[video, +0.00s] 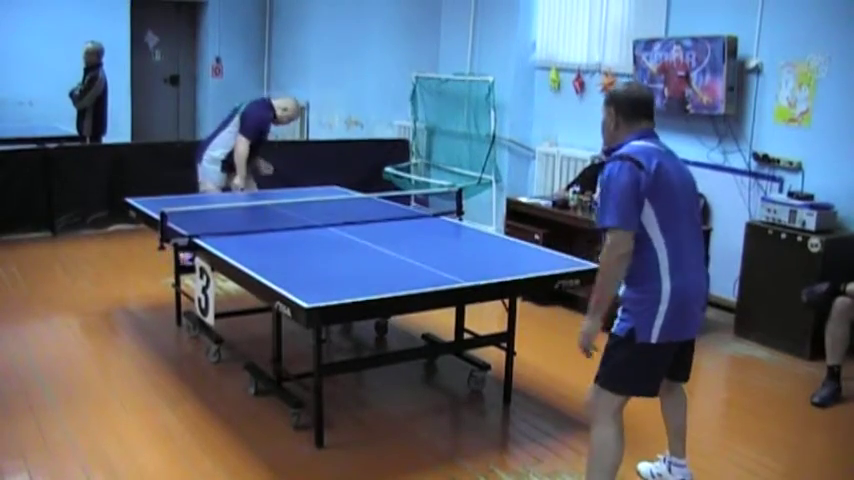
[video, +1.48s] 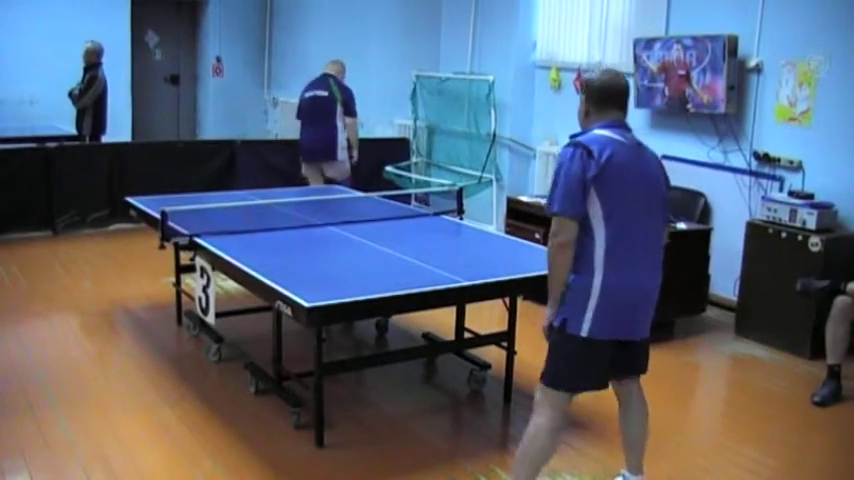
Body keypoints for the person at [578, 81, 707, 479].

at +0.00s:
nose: (602, 125)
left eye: (604, 116)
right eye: (604, 116)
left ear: (614, 117)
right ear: (647, 119)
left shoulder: (625, 165)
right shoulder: (669, 161)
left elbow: (618, 247)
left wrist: (594, 317)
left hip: (651, 309)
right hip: (687, 305)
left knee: (604, 404)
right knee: (672, 384)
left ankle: (599, 473)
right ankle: (677, 463)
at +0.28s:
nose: (597, 117)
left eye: (598, 111)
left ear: (601, 114)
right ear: (644, 113)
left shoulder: (604, 167)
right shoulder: (671, 165)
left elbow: (592, 252)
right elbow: (687, 237)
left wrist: (577, 323)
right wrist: (658, 282)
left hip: (622, 315)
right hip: (670, 312)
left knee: (578, 401)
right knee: (664, 384)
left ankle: (586, 473)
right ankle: (671, 462)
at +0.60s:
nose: (657, 106)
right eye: (656, 100)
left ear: (605, 100)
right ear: (649, 103)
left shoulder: (572, 153)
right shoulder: (672, 162)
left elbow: (540, 237)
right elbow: (689, 242)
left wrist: (528, 304)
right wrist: (648, 263)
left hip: (588, 311)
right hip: (647, 312)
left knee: (581, 408)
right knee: (642, 399)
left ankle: (586, 476)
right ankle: (637, 475)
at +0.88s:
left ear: (604, 99)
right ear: (651, 103)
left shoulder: (574, 152)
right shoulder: (672, 164)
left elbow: (543, 233)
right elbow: (689, 247)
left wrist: (541, 294)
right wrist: (652, 273)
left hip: (586, 308)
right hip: (644, 308)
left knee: (579, 406)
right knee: (639, 394)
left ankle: (586, 477)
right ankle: (635, 475)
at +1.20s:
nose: (597, 104)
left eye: (599, 98)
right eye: (601, 98)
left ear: (604, 100)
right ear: (644, 104)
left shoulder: (595, 149)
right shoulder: (670, 159)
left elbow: (565, 232)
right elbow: (684, 239)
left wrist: (556, 296)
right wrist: (648, 268)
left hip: (598, 302)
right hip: (650, 303)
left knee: (561, 392)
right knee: (637, 389)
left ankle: (576, 476)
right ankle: (635, 474)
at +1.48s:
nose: (578, 109)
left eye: (579, 101)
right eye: (581, 101)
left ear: (585, 103)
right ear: (624, 106)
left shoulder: (582, 151)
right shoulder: (651, 160)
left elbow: (562, 236)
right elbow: (659, 236)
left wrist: (554, 302)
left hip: (589, 308)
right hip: (638, 309)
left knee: (549, 405)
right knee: (628, 385)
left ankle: (519, 475)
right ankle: (634, 473)